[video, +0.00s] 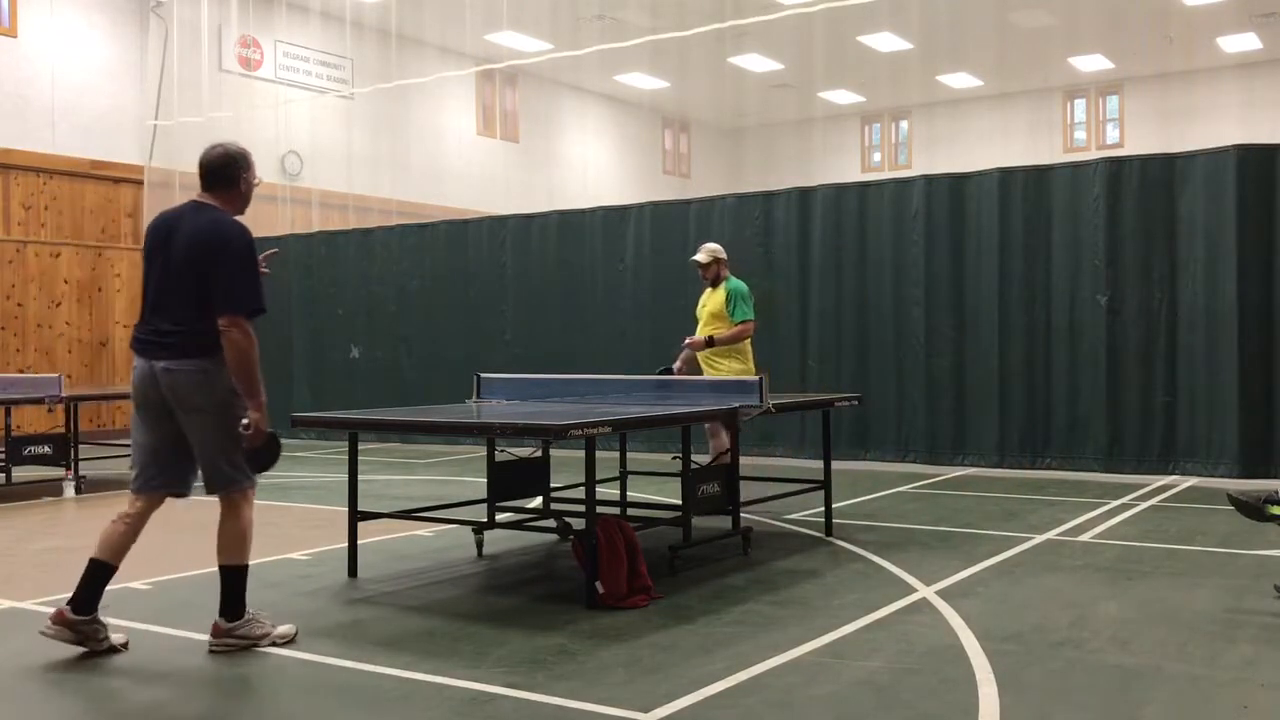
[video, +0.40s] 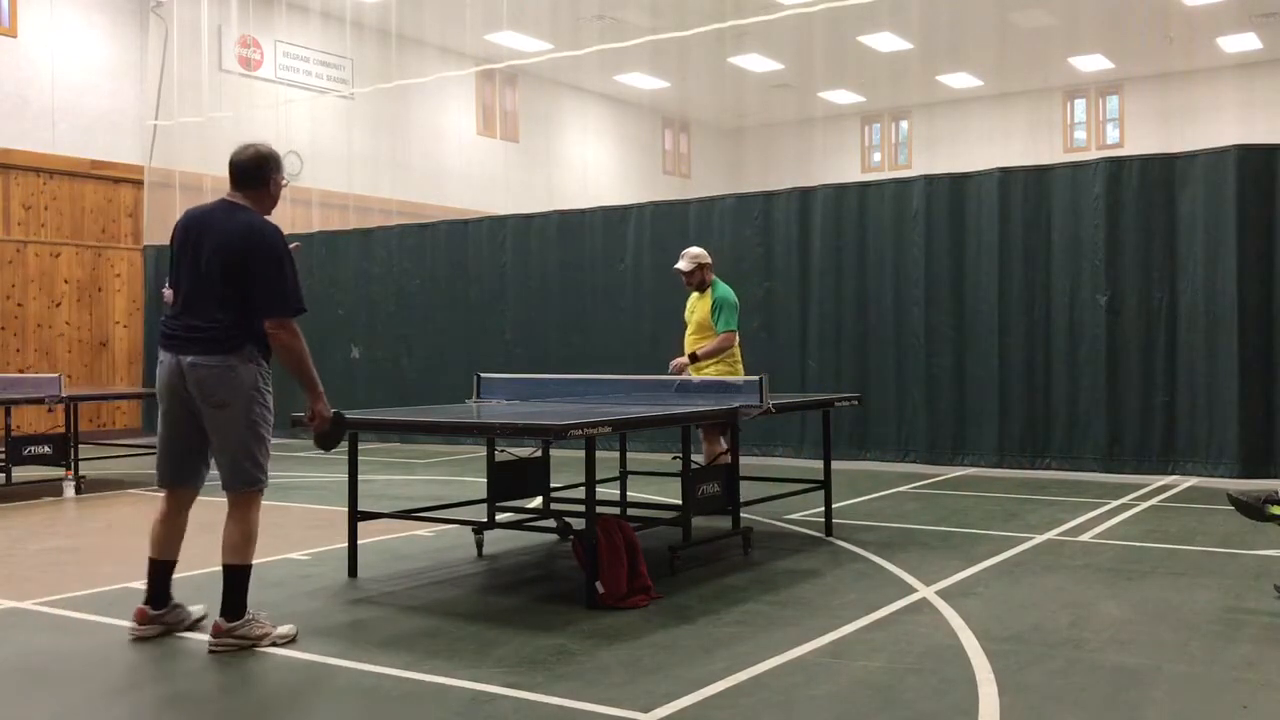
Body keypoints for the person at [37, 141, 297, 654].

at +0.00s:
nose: (256, 184)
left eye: (254, 176)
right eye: (254, 177)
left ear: (203, 181)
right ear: (243, 183)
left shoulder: (162, 224)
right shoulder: (232, 236)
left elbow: (178, 293)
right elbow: (232, 326)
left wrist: (241, 275)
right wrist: (257, 405)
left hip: (149, 371)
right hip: (202, 375)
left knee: (146, 493)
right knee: (237, 492)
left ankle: (79, 609)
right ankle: (233, 618)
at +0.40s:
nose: (283, 190)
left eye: (282, 182)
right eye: (283, 183)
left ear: (233, 181)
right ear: (272, 185)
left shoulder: (191, 222)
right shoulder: (266, 237)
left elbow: (174, 296)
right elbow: (280, 329)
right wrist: (317, 393)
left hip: (174, 366)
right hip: (232, 372)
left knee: (177, 490)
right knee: (244, 495)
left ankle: (156, 605)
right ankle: (234, 619)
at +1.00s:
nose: (238, 196)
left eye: (237, 188)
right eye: (237, 189)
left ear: (190, 187)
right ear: (226, 189)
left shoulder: (158, 232)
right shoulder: (217, 234)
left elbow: (175, 287)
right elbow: (211, 315)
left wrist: (235, 276)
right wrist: (235, 387)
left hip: (149, 369)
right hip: (189, 371)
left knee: (181, 488)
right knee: (232, 487)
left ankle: (174, 604)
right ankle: (232, 614)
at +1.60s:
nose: (227, 191)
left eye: (224, 184)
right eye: (223, 184)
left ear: (177, 186)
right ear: (210, 186)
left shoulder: (156, 225)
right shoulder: (192, 226)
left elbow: (172, 293)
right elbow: (186, 306)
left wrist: (229, 286)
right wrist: (213, 378)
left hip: (141, 363)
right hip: (165, 364)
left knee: (178, 487)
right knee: (180, 489)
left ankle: (174, 603)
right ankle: (151, 619)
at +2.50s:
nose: (217, 181)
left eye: (215, 173)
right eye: (214, 174)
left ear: (163, 174)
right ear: (199, 179)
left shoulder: (122, 216)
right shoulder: (176, 232)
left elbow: (140, 285)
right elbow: (169, 324)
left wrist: (202, 271)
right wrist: (188, 407)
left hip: (104, 369)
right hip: (144, 373)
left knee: (137, 494)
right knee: (156, 500)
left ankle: (118, 611)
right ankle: (147, 628)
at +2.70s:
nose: (200, 179)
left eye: (199, 170)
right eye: (197, 171)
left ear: (146, 172)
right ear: (178, 176)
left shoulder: (110, 217)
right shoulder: (160, 230)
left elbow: (135, 280)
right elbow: (156, 325)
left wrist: (199, 270)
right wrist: (187, 407)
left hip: (96, 369)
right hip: (137, 373)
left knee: (118, 497)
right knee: (156, 500)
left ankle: (49, 602)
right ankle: (146, 628)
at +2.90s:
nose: (175, 176)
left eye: (173, 168)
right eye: (171, 169)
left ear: (123, 174)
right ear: (153, 175)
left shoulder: (89, 221)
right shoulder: (135, 229)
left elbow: (118, 285)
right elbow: (139, 323)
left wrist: (184, 270)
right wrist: (180, 401)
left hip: (83, 373)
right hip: (126, 374)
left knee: (89, 503)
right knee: (155, 500)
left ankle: (25, 621)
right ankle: (145, 628)